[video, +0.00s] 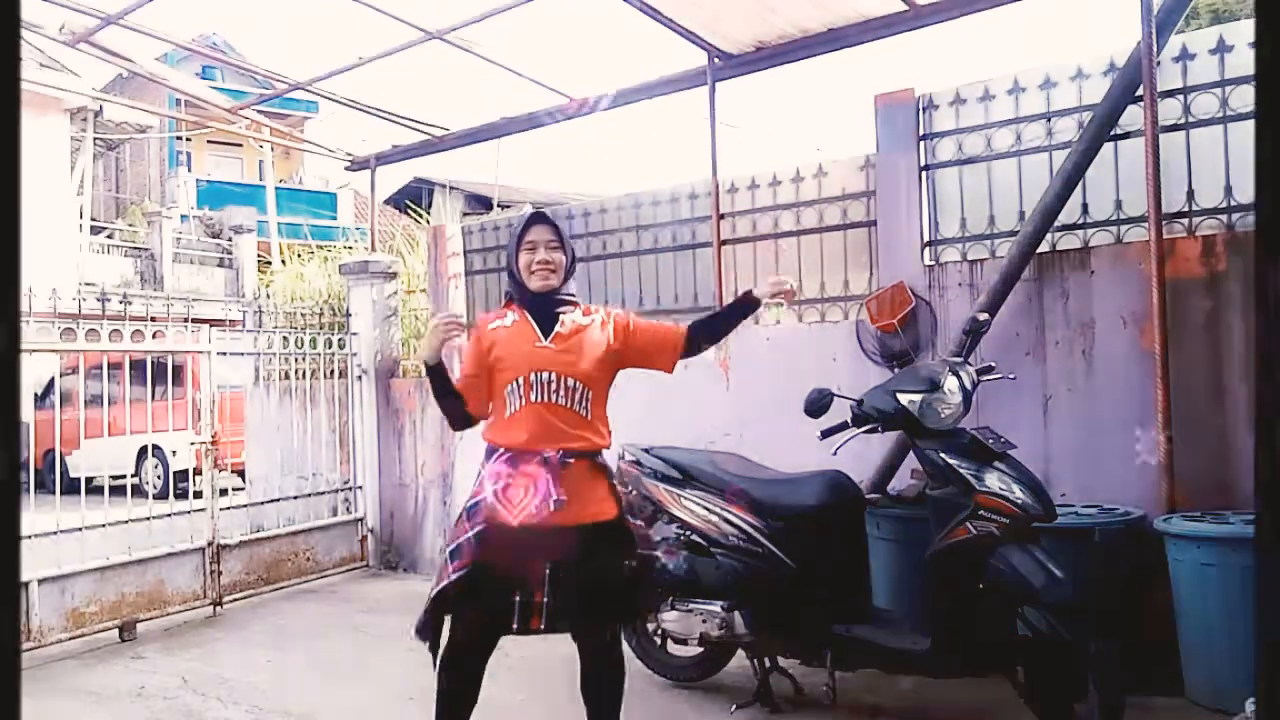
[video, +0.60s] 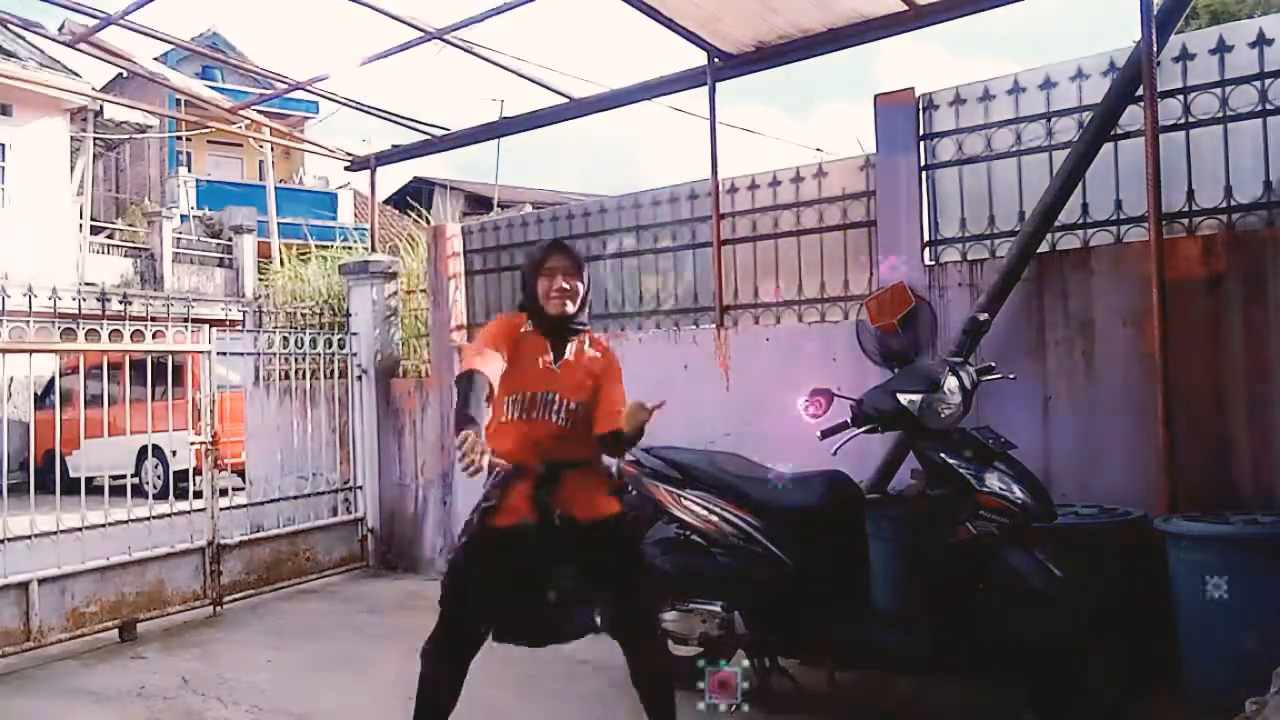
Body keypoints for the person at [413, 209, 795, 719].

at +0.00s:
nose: (542, 258)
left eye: (552, 247)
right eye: (530, 249)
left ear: (569, 258)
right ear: (513, 261)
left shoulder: (604, 325)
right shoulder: (489, 331)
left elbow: (687, 340)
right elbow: (462, 416)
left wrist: (753, 299)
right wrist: (433, 362)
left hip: (585, 503)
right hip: (504, 504)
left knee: (600, 642)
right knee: (466, 641)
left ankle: (603, 719)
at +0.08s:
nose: (538, 261)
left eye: (548, 252)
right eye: (526, 253)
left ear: (563, 263)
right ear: (510, 266)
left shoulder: (598, 328)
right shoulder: (487, 333)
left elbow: (675, 347)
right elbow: (457, 415)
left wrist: (725, 304)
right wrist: (411, 386)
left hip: (575, 488)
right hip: (497, 490)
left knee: (599, 640)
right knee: (467, 640)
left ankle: (605, 718)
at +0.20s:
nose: (535, 233)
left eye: (545, 223)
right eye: (523, 224)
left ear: (561, 234)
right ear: (507, 236)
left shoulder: (590, 295)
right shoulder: (477, 296)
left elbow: (669, 324)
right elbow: (412, 348)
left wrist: (731, 291)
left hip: (574, 465)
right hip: (491, 470)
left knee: (616, 607)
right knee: (453, 614)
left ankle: (639, 714)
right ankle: (426, 716)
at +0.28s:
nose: (530, 234)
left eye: (541, 225)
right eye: (518, 225)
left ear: (557, 237)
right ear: (501, 238)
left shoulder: (583, 300)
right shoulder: (473, 290)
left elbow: (657, 353)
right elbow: (397, 315)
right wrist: (413, 240)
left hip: (570, 451)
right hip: (491, 453)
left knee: (620, 603)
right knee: (453, 608)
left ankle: (655, 713)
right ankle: (420, 716)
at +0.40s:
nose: (536, 291)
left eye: (546, 282)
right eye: (524, 281)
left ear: (559, 295)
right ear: (504, 293)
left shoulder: (568, 372)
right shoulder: (478, 335)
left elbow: (580, 474)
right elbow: (423, 330)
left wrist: (602, 555)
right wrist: (481, 286)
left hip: (566, 534)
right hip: (494, 537)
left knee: (642, 643)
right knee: (442, 658)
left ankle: (662, 715)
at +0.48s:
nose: (544, 311)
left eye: (555, 302)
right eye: (532, 301)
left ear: (567, 314)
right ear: (514, 311)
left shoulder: (578, 391)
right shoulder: (492, 340)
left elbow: (566, 479)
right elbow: (452, 356)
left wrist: (553, 553)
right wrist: (496, 359)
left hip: (577, 506)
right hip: (507, 511)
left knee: (636, 624)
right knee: (445, 629)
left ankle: (657, 713)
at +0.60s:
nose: (560, 285)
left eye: (569, 275)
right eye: (548, 276)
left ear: (584, 287)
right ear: (532, 285)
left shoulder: (600, 354)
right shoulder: (506, 331)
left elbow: (610, 443)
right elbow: (476, 374)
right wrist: (469, 429)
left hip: (589, 503)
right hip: (512, 502)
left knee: (642, 631)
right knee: (452, 638)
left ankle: (663, 715)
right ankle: (427, 716)